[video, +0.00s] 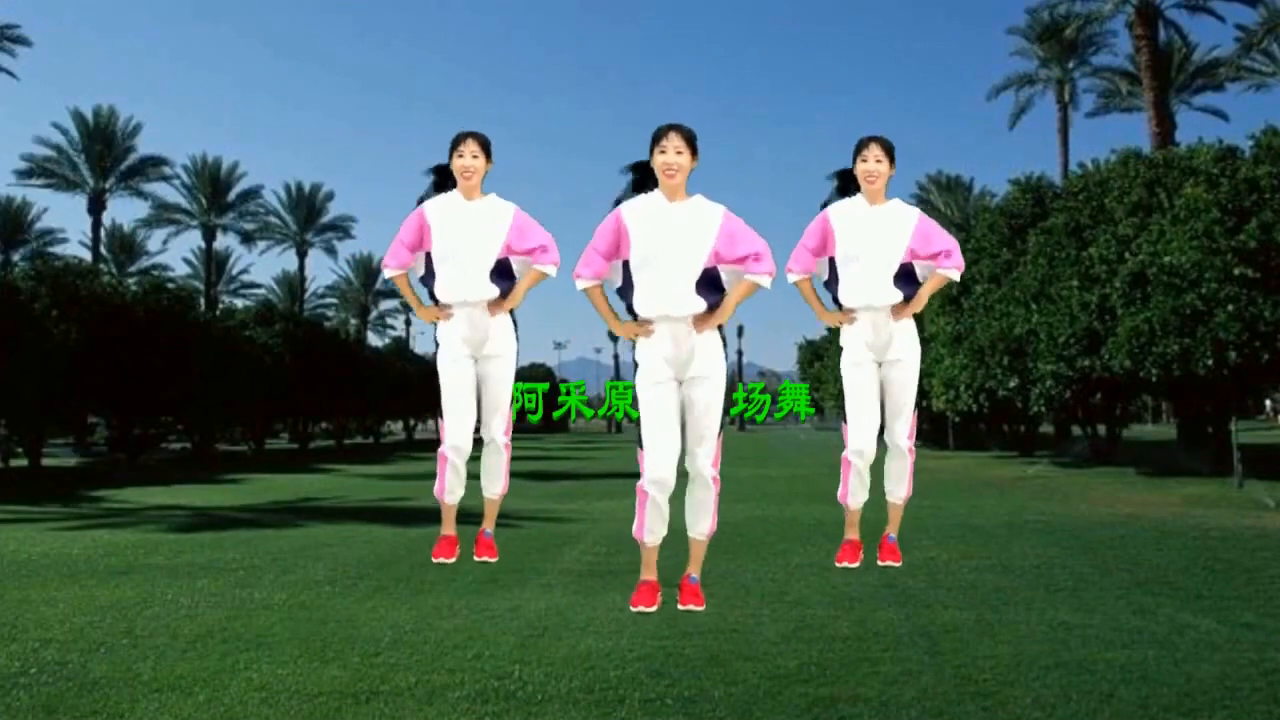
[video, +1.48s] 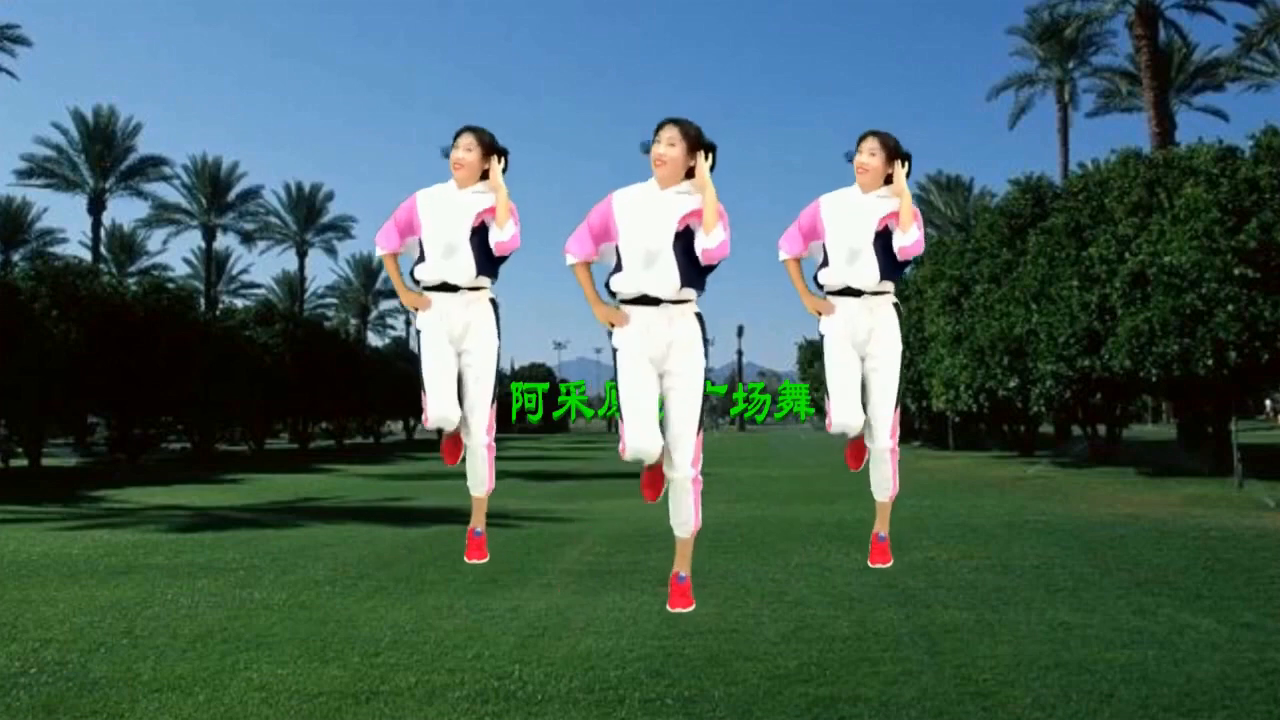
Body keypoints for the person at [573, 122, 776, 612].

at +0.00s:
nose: (671, 158)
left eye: (679, 152)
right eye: (663, 151)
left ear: (693, 161)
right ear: (652, 161)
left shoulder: (713, 214)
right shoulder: (629, 215)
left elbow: (762, 263)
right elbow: (587, 272)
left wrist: (724, 310)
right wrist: (617, 324)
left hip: (704, 343)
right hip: (653, 345)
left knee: (702, 462)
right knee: (658, 464)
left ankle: (693, 576)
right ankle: (648, 576)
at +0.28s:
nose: (664, 158)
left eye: (673, 150)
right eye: (658, 150)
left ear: (694, 157)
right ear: (651, 159)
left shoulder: (717, 207)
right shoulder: (632, 210)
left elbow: (778, 224)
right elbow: (585, 267)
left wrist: (740, 262)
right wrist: (616, 318)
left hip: (701, 334)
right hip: (651, 336)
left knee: (698, 461)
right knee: (655, 462)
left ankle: (690, 574)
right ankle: (645, 576)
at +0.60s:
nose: (673, 177)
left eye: (682, 170)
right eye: (668, 170)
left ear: (704, 177)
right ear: (662, 178)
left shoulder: (720, 231)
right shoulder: (638, 225)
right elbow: (592, 281)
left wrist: (737, 238)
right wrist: (613, 335)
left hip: (703, 352)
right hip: (652, 353)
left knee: (702, 473)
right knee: (672, 472)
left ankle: (691, 578)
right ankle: (654, 557)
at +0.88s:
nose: (664, 150)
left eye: (674, 142)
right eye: (661, 142)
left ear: (698, 150)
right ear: (657, 150)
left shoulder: (717, 202)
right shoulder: (633, 199)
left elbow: (704, 238)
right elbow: (584, 245)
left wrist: (693, 174)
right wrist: (602, 299)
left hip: (686, 328)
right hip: (635, 328)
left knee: (687, 456)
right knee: (631, 454)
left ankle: (692, 571)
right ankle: (614, 544)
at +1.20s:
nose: (650, 155)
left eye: (660, 147)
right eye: (646, 147)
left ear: (682, 156)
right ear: (642, 156)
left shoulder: (704, 208)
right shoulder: (622, 209)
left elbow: (707, 244)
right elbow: (579, 251)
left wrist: (690, 180)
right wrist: (597, 302)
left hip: (671, 338)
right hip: (620, 333)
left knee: (672, 467)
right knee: (598, 454)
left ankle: (689, 573)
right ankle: (576, 564)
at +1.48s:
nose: (660, 150)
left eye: (672, 144)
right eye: (657, 142)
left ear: (693, 157)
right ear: (650, 151)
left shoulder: (704, 205)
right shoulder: (622, 201)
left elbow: (712, 250)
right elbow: (576, 251)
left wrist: (704, 180)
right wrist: (599, 305)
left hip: (683, 325)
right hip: (632, 325)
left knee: (684, 455)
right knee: (640, 448)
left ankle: (681, 571)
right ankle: (655, 460)